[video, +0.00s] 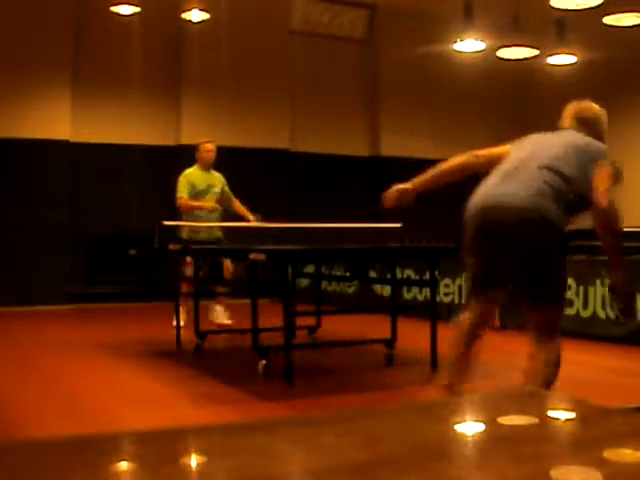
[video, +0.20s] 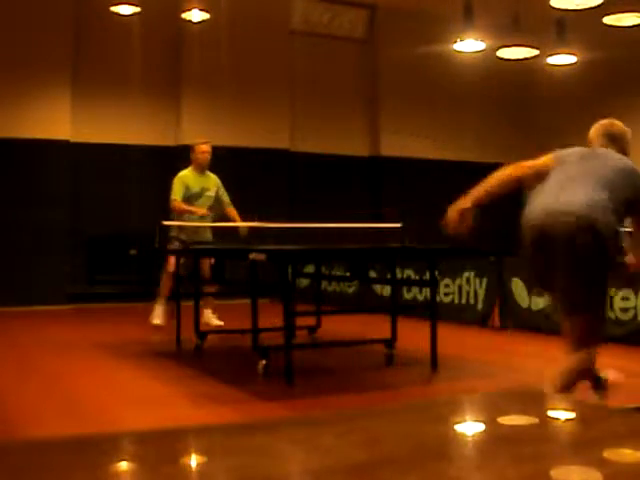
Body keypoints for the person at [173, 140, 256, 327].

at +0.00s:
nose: (210, 155)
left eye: (212, 152)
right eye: (207, 152)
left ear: (215, 154)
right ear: (198, 154)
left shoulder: (218, 178)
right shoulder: (187, 176)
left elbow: (231, 200)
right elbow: (182, 203)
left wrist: (248, 216)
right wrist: (205, 205)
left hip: (214, 235)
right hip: (192, 235)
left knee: (220, 271)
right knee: (188, 275)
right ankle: (182, 309)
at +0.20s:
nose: (206, 156)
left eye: (208, 153)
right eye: (202, 153)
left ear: (211, 155)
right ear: (193, 155)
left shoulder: (213, 180)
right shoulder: (182, 177)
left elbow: (226, 204)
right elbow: (175, 204)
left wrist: (238, 221)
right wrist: (196, 210)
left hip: (204, 234)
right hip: (181, 233)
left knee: (206, 272)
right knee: (171, 268)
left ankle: (207, 310)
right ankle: (160, 305)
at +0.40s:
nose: (195, 160)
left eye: (197, 156)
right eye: (191, 156)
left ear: (199, 159)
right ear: (182, 159)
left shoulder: (201, 184)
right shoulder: (169, 181)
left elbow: (211, 209)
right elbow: (161, 207)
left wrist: (220, 224)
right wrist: (182, 217)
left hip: (192, 233)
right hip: (170, 233)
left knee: (204, 270)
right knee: (156, 272)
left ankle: (206, 313)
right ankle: (139, 314)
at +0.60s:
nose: (189, 160)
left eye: (191, 157)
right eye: (185, 156)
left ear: (194, 160)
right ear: (176, 159)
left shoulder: (194, 185)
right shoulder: (164, 182)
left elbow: (198, 215)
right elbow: (156, 210)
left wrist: (202, 236)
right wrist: (174, 221)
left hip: (185, 237)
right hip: (163, 237)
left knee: (203, 272)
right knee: (155, 274)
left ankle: (202, 313)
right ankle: (138, 316)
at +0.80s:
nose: (187, 162)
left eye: (188, 158)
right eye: (182, 158)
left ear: (190, 161)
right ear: (173, 161)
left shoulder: (191, 184)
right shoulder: (160, 183)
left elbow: (197, 215)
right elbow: (154, 214)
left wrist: (196, 239)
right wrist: (166, 234)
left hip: (184, 238)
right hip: (160, 236)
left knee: (201, 273)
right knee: (153, 273)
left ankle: (202, 314)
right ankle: (135, 316)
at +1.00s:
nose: (177, 164)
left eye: (180, 161)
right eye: (174, 160)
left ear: (182, 163)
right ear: (164, 161)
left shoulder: (181, 185)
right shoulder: (152, 182)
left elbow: (184, 216)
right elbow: (148, 213)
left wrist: (189, 242)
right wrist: (160, 238)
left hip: (173, 236)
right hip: (150, 235)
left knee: (189, 272)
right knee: (148, 275)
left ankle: (198, 314)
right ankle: (133, 318)